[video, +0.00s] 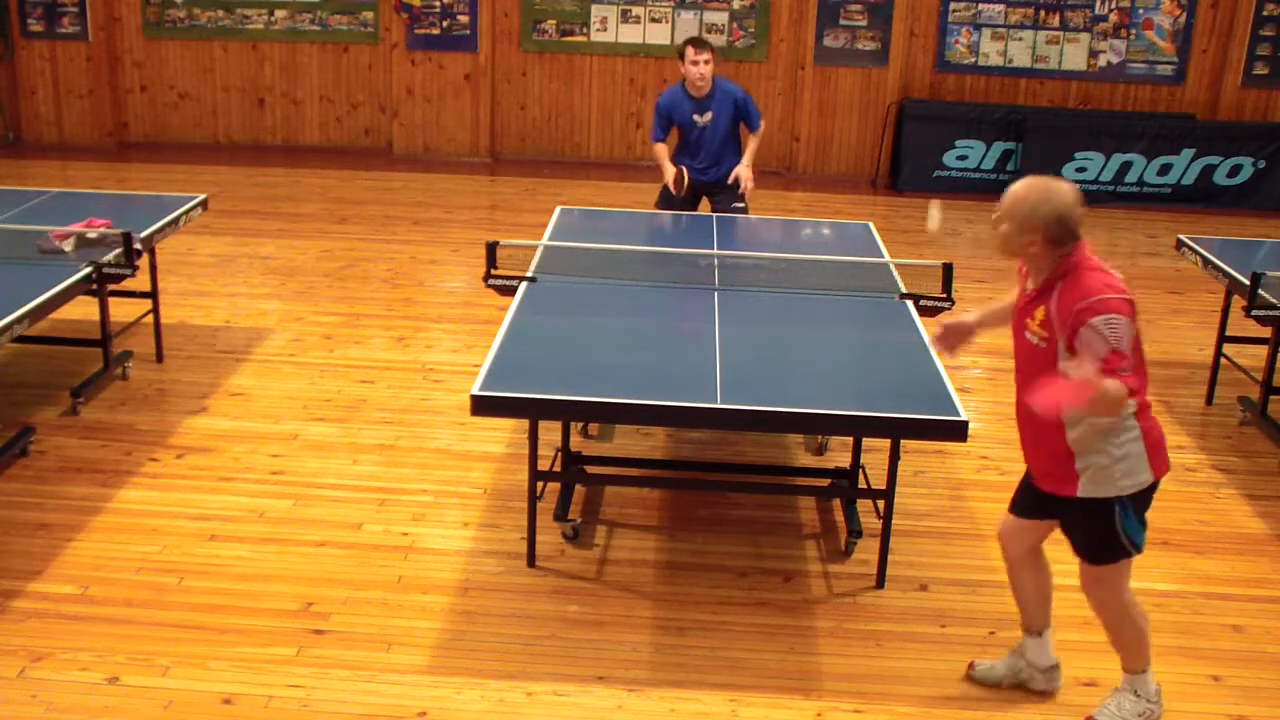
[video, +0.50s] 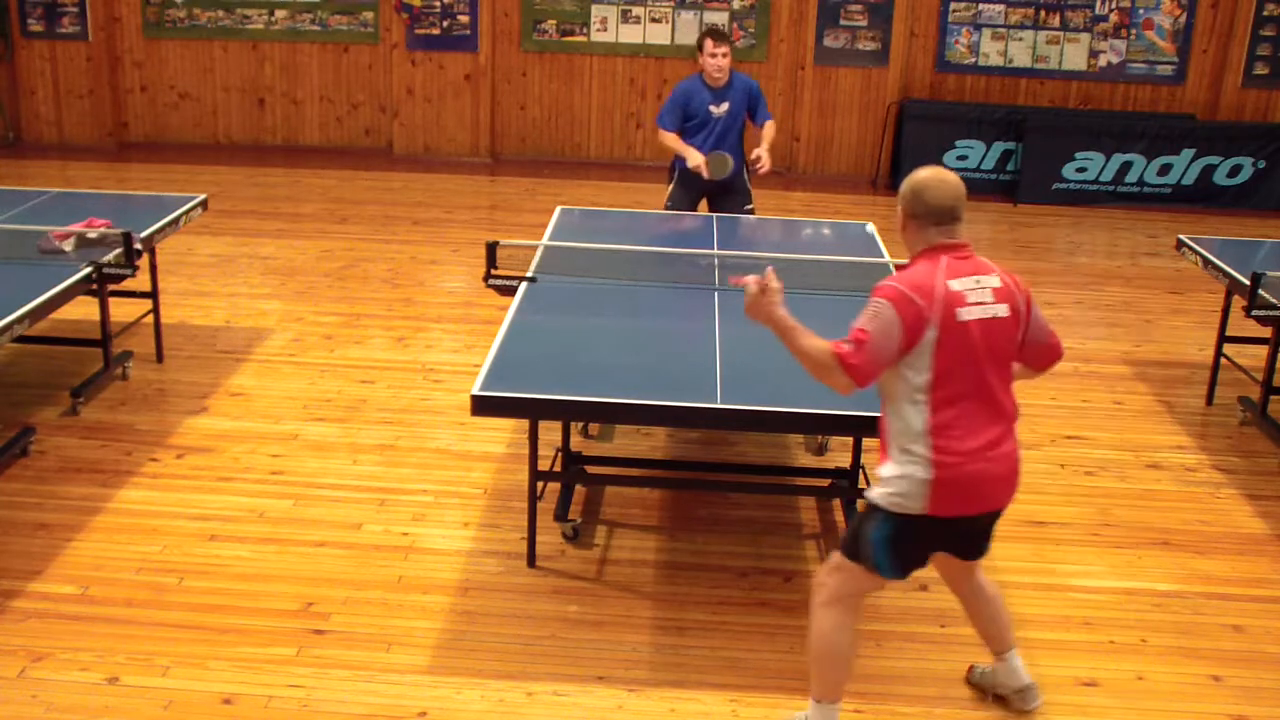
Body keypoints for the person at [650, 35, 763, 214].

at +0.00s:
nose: (701, 70)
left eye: (706, 63)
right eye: (694, 64)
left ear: (713, 65)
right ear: (682, 67)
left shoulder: (734, 95)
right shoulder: (669, 101)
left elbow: (757, 126)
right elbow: (659, 140)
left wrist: (746, 163)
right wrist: (667, 168)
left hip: (725, 176)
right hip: (686, 174)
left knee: (736, 235)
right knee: (661, 227)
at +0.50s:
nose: (719, 62)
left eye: (724, 56)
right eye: (712, 56)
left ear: (731, 58)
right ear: (700, 58)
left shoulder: (746, 88)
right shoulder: (685, 91)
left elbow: (767, 122)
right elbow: (665, 134)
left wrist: (764, 147)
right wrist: (689, 153)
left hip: (732, 175)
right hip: (691, 174)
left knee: (744, 235)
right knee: (672, 230)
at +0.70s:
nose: (750, 76)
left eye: (755, 69)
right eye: (744, 69)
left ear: (761, 68)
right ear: (730, 68)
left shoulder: (769, 90)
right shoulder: (714, 93)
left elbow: (793, 119)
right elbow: (700, 146)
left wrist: (804, 143)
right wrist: (740, 155)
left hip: (736, 168)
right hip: (701, 164)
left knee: (742, 228)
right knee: (699, 216)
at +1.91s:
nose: (764, 79)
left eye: (771, 72)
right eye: (761, 73)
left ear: (789, 73)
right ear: (758, 74)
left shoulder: (809, 101)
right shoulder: (770, 104)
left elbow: (843, 141)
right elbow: (754, 138)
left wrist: (821, 176)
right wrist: (713, 139)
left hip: (822, 193)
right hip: (790, 193)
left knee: (824, 255)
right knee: (790, 252)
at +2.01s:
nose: (754, 78)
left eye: (760, 72)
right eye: (752, 72)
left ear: (778, 72)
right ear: (750, 71)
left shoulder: (806, 99)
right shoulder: (763, 103)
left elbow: (837, 137)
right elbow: (743, 145)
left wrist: (816, 165)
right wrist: (703, 135)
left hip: (815, 185)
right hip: (777, 183)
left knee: (822, 241)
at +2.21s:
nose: (771, 57)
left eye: (779, 52)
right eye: (767, 50)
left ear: (791, 55)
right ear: (761, 51)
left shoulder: (809, 84)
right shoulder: (751, 92)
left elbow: (830, 115)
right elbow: (748, 143)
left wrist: (834, 138)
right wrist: (755, 127)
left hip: (793, 169)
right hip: (752, 168)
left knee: (803, 229)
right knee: (737, 223)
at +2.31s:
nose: (783, 46)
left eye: (790, 40)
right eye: (778, 39)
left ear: (800, 43)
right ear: (770, 42)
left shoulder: (817, 77)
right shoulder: (755, 79)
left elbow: (828, 106)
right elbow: (748, 130)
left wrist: (831, 137)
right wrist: (761, 120)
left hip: (792, 159)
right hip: (753, 157)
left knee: (811, 217)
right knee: (743, 218)